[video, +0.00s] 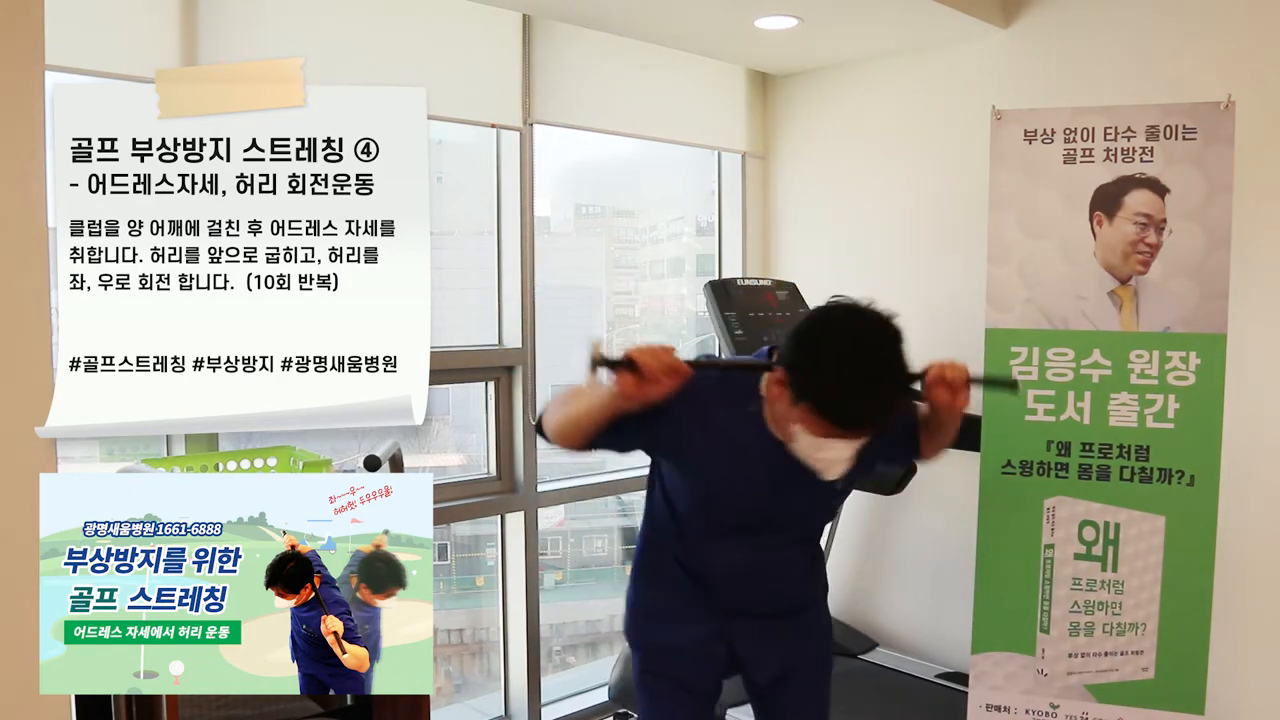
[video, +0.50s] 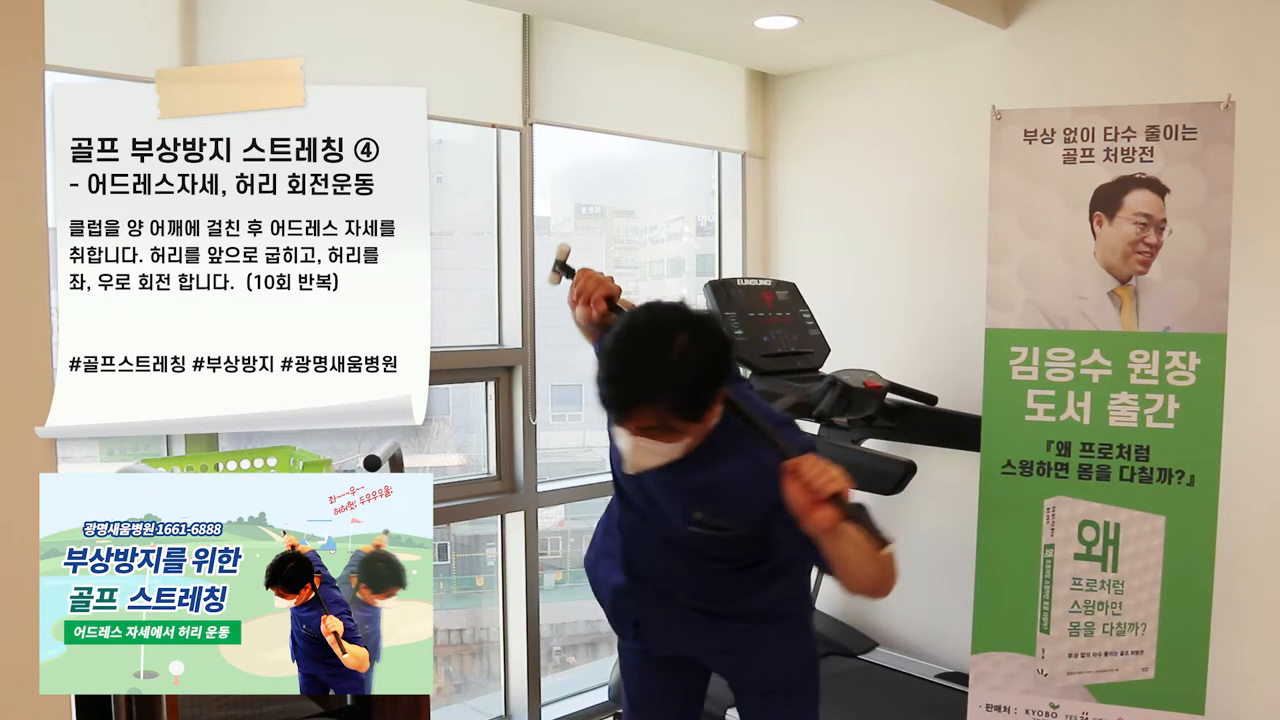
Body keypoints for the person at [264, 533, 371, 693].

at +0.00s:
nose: (278, 599)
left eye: (283, 595)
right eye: (276, 593)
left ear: (306, 590)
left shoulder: (334, 608)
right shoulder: (311, 570)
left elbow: (363, 665)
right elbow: (308, 552)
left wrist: (335, 642)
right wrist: (297, 547)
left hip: (344, 673)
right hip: (310, 667)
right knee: (312, 715)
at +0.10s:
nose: (278, 599)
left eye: (283, 596)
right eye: (276, 593)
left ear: (306, 590)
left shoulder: (334, 608)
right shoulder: (312, 571)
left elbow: (363, 665)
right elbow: (308, 552)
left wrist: (336, 643)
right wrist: (297, 547)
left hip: (344, 672)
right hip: (310, 667)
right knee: (312, 715)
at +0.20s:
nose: (278, 599)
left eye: (283, 596)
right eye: (276, 593)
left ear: (306, 590)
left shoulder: (334, 608)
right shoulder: (312, 571)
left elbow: (363, 665)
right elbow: (308, 552)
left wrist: (336, 643)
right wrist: (297, 547)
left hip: (344, 672)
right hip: (310, 667)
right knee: (312, 715)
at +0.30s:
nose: (278, 599)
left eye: (283, 595)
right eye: (276, 593)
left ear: (306, 590)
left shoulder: (334, 608)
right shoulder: (311, 570)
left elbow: (363, 665)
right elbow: (308, 552)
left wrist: (335, 642)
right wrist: (297, 547)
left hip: (344, 673)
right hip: (310, 667)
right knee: (312, 715)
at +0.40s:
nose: (278, 599)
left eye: (283, 595)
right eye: (276, 593)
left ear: (306, 590)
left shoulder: (334, 608)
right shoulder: (311, 570)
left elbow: (363, 665)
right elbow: (308, 552)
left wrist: (335, 642)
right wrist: (297, 547)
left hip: (344, 673)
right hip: (310, 667)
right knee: (312, 715)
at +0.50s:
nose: (278, 599)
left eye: (283, 596)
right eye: (276, 594)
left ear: (306, 589)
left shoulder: (334, 608)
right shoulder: (312, 570)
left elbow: (363, 665)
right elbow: (308, 552)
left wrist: (335, 642)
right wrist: (297, 547)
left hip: (345, 673)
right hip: (310, 667)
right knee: (312, 714)